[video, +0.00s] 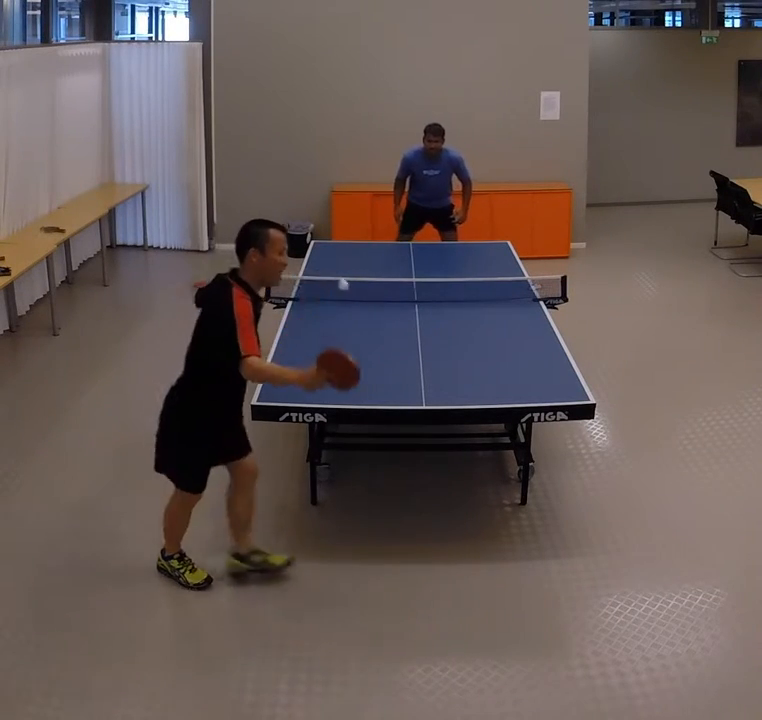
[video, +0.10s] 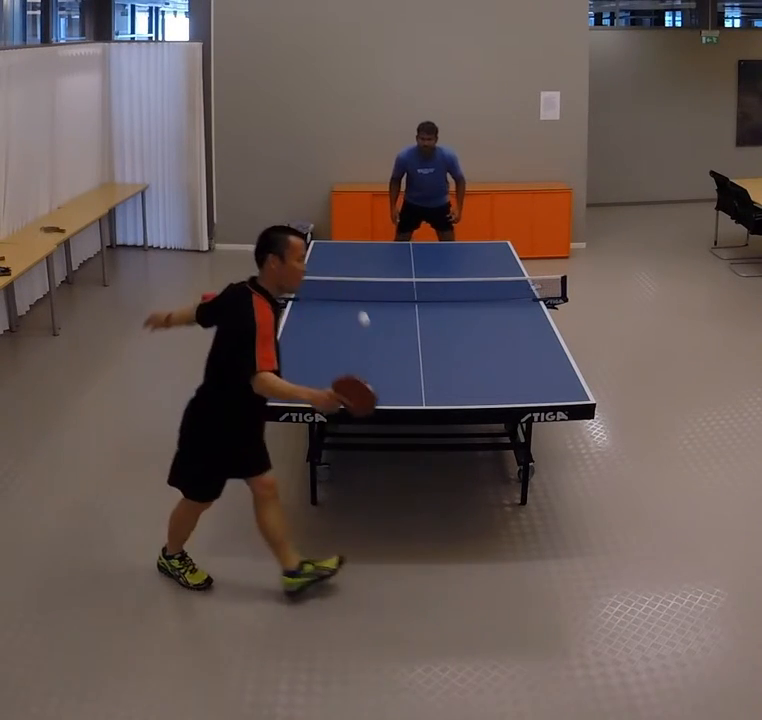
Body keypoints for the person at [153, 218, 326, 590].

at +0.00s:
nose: (286, 261)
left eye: (286, 253)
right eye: (280, 253)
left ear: (253, 257)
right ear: (254, 256)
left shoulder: (231, 285)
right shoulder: (236, 301)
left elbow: (202, 293)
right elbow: (250, 368)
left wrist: (198, 290)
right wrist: (301, 377)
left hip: (220, 406)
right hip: (193, 409)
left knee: (245, 470)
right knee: (189, 490)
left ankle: (243, 551)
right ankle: (170, 555)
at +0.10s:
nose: (304, 269)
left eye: (304, 261)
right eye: (298, 261)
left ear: (272, 263)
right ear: (272, 263)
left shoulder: (240, 294)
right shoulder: (257, 310)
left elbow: (200, 311)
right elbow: (262, 381)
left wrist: (168, 318)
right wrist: (313, 396)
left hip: (240, 417)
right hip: (217, 419)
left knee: (265, 487)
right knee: (199, 494)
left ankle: (293, 569)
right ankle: (171, 556)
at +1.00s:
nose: (438, 311)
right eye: (438, 306)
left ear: (393, 315)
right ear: (437, 314)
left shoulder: (369, 372)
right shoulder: (463, 373)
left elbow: (351, 440)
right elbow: (498, 431)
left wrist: (362, 476)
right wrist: (484, 446)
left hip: (379, 498)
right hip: (443, 500)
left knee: (326, 558)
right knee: (489, 551)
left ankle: (279, 636)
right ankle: (511, 638)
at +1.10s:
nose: (421, 312)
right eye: (422, 307)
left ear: (380, 312)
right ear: (423, 313)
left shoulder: (351, 368)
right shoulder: (443, 372)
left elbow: (335, 437)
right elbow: (478, 439)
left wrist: (352, 474)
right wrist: (463, 448)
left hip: (359, 498)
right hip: (423, 500)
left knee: (311, 564)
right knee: (470, 564)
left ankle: (275, 643)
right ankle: (509, 636)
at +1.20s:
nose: (415, 309)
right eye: (415, 305)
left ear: (370, 309)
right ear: (413, 310)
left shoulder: (338, 362)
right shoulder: (433, 369)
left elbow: (320, 436)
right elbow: (466, 439)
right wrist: (431, 427)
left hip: (346, 492)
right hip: (407, 494)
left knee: (305, 564)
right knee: (458, 566)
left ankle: (274, 643)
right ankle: (490, 640)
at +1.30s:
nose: (410, 309)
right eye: (412, 304)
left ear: (367, 310)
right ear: (411, 310)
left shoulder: (337, 364)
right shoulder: (432, 369)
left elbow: (313, 429)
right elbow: (467, 430)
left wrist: (320, 473)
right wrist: (425, 426)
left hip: (341, 494)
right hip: (403, 497)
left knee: (304, 562)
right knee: (450, 566)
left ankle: (273, 643)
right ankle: (476, 648)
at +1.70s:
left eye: (337, 304)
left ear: (335, 309)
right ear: (379, 310)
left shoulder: (314, 371)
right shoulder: (404, 364)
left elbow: (290, 444)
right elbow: (419, 411)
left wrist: (272, 479)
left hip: (333, 500)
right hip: (396, 497)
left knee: (297, 568)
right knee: (442, 569)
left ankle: (273, 644)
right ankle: (476, 648)